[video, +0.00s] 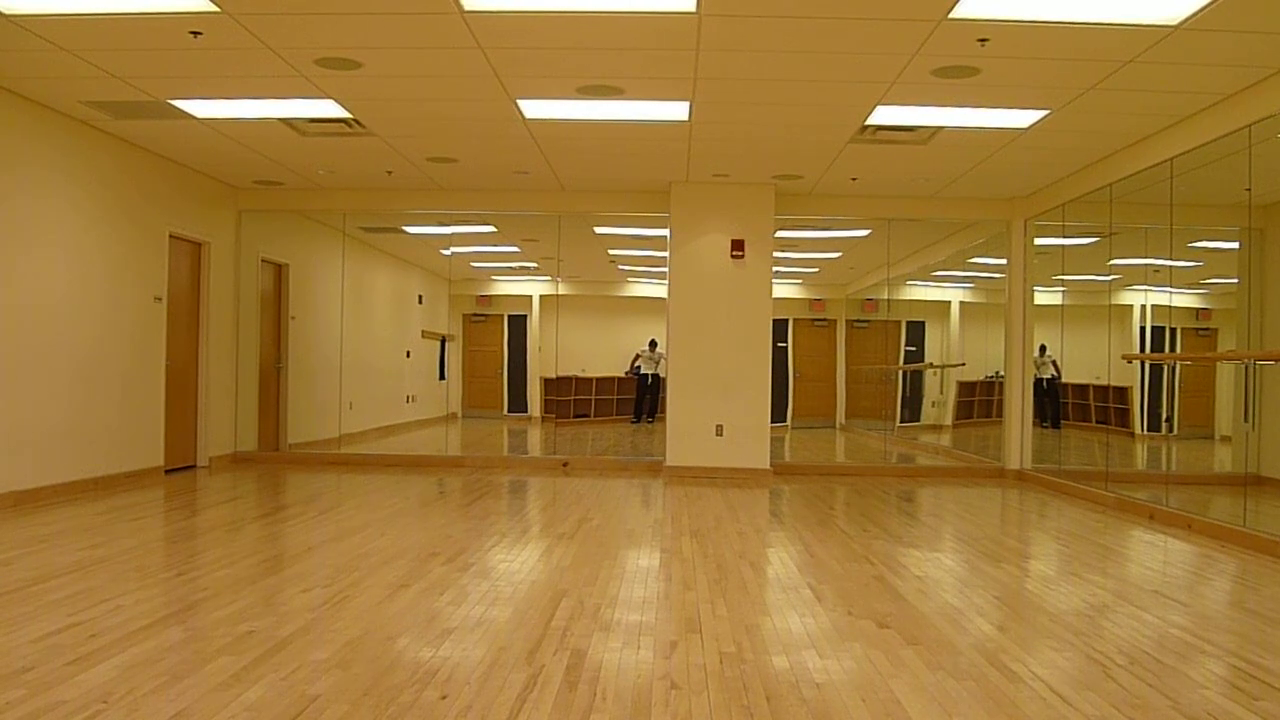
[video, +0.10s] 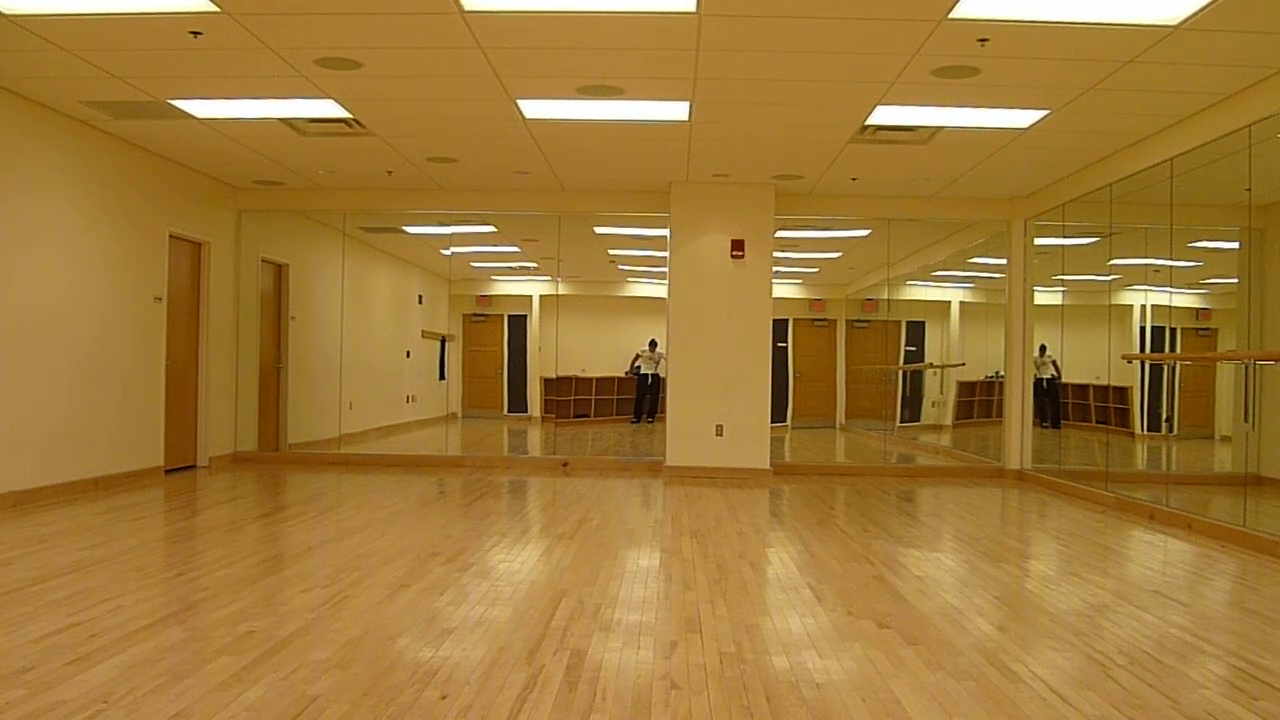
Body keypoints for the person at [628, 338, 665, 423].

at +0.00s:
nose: (652, 350)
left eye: (653, 348)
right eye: (650, 348)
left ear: (656, 348)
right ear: (648, 346)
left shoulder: (660, 354)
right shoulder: (642, 352)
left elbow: (668, 361)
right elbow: (634, 360)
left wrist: (667, 373)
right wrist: (631, 370)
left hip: (654, 374)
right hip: (643, 373)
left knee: (654, 396)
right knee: (640, 395)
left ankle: (651, 416)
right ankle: (637, 416)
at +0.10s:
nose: (652, 350)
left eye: (653, 348)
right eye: (650, 348)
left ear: (656, 348)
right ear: (648, 346)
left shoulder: (660, 354)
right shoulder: (642, 352)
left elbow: (668, 361)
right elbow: (634, 360)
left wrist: (667, 373)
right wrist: (631, 370)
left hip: (654, 374)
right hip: (643, 374)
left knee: (654, 396)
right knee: (640, 395)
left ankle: (651, 416)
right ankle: (637, 416)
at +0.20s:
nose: (652, 350)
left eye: (653, 348)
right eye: (650, 348)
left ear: (656, 348)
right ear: (648, 346)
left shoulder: (660, 354)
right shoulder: (642, 352)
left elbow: (668, 361)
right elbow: (634, 360)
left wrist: (667, 374)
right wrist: (631, 370)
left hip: (654, 374)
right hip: (643, 373)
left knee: (654, 396)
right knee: (640, 395)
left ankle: (651, 416)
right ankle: (637, 416)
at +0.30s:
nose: (652, 350)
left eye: (654, 348)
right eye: (651, 348)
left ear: (656, 348)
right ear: (648, 346)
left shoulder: (659, 354)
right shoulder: (642, 352)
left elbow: (668, 361)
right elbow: (634, 360)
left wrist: (667, 373)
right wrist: (631, 369)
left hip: (654, 374)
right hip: (643, 374)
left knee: (654, 396)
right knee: (640, 395)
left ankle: (651, 416)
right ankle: (637, 416)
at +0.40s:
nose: (652, 350)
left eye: (654, 348)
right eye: (651, 348)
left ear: (656, 348)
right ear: (648, 347)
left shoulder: (660, 354)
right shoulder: (642, 352)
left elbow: (668, 361)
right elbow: (634, 360)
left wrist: (667, 373)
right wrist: (631, 369)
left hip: (654, 374)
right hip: (643, 374)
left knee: (654, 396)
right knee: (640, 395)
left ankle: (651, 416)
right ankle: (637, 416)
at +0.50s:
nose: (652, 350)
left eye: (654, 348)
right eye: (651, 348)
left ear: (656, 348)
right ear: (648, 346)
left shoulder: (660, 354)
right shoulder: (642, 352)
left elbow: (668, 361)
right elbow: (634, 360)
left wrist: (667, 373)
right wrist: (631, 369)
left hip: (654, 374)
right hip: (643, 374)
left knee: (654, 396)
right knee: (640, 395)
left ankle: (651, 416)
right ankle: (637, 416)